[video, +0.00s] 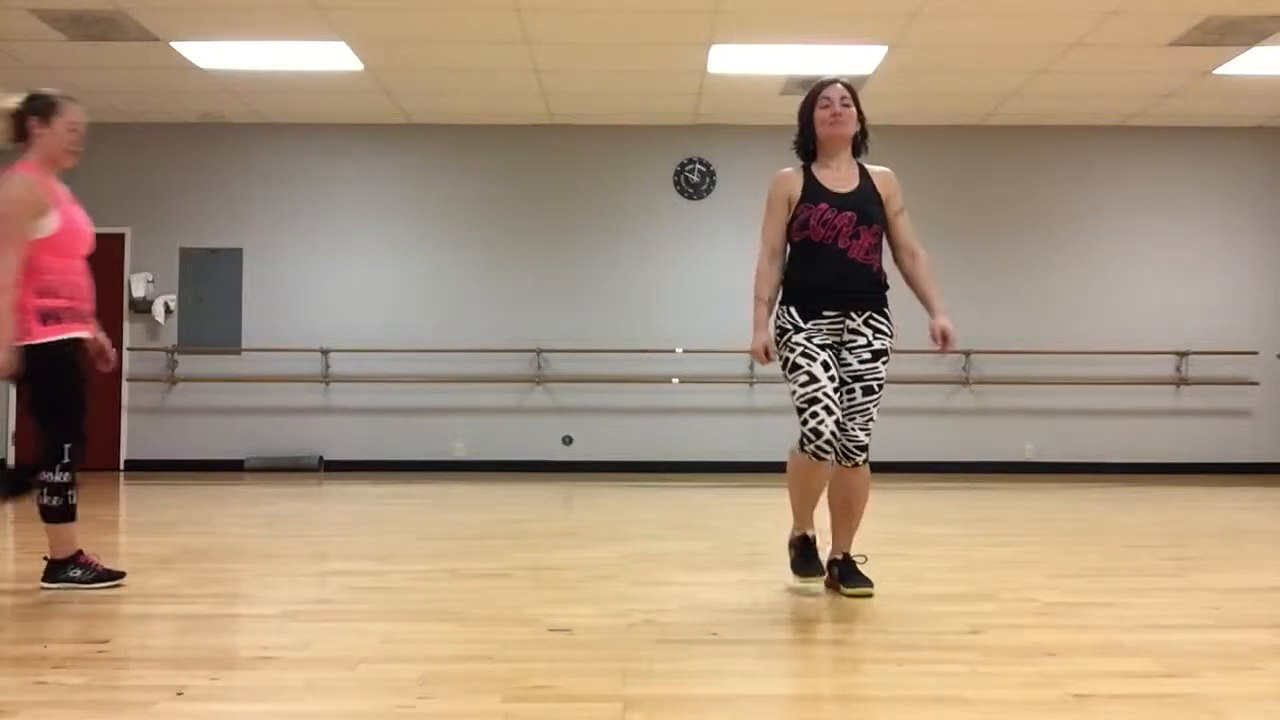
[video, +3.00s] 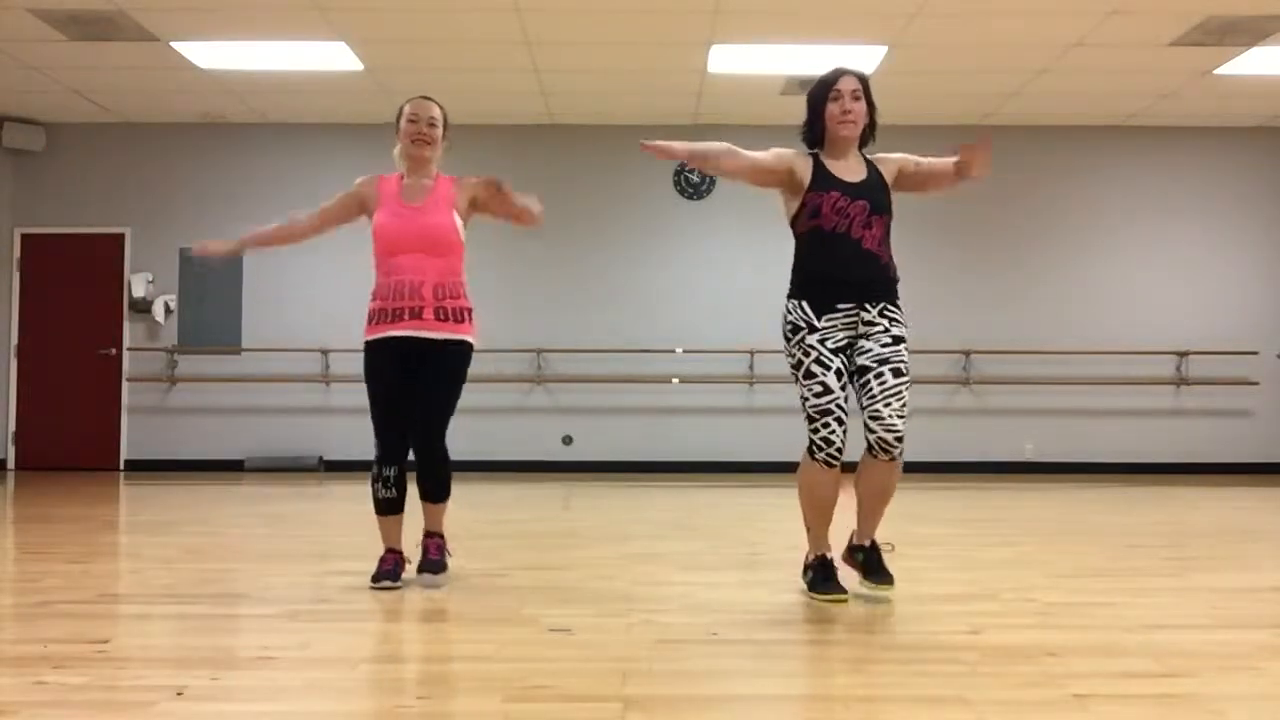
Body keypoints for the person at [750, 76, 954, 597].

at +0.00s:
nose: (837, 110)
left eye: (845, 103)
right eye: (826, 104)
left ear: (859, 118)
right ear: (809, 121)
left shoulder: (881, 181)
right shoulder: (790, 182)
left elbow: (909, 252)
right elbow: (770, 257)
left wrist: (937, 312)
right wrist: (760, 325)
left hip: (868, 323)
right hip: (803, 321)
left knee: (854, 439)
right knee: (820, 430)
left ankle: (842, 557)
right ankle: (803, 534)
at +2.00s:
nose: (839, 108)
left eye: (848, 100)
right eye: (827, 101)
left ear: (861, 112)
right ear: (811, 114)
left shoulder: (883, 177)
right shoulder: (789, 176)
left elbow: (899, 257)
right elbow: (765, 253)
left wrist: (915, 324)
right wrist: (773, 320)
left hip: (872, 322)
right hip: (806, 323)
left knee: (873, 440)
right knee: (821, 440)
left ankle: (853, 549)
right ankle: (812, 559)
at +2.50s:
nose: (845, 108)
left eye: (854, 100)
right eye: (835, 101)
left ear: (869, 112)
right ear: (817, 114)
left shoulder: (891, 174)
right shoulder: (796, 177)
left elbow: (935, 241)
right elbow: (766, 249)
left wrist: (979, 304)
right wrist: (831, 260)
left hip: (881, 318)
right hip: (817, 319)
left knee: (870, 438)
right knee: (832, 431)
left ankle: (854, 556)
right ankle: (818, 539)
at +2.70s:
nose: (840, 113)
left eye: (849, 104)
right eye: (830, 105)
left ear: (863, 116)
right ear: (812, 117)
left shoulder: (883, 176)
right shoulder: (793, 177)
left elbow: (950, 214)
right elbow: (762, 221)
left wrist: (1020, 250)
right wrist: (834, 229)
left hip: (878, 324)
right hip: (814, 325)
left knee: (871, 443)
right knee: (835, 440)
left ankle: (854, 558)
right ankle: (818, 555)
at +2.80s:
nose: (842, 109)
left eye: (850, 100)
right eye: (831, 101)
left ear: (864, 113)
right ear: (812, 114)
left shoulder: (882, 171)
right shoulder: (794, 167)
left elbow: (959, 191)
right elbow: (753, 191)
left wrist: (1037, 205)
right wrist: (796, 203)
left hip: (877, 317)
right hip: (813, 319)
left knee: (882, 439)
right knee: (833, 438)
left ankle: (855, 551)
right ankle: (817, 555)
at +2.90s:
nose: (842, 106)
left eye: (851, 98)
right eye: (831, 99)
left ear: (864, 112)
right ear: (814, 112)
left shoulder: (885, 168)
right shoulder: (795, 165)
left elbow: (958, 175)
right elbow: (753, 168)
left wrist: (1015, 164)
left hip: (877, 314)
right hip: (814, 316)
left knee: (893, 429)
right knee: (828, 435)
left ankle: (859, 537)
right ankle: (817, 556)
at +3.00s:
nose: (847, 106)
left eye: (856, 98)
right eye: (836, 98)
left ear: (870, 111)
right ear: (818, 111)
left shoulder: (887, 167)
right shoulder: (798, 166)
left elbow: (933, 170)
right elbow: (739, 160)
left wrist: (965, 167)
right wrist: (689, 153)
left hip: (880, 316)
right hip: (815, 317)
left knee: (889, 430)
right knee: (829, 433)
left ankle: (864, 544)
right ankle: (818, 557)